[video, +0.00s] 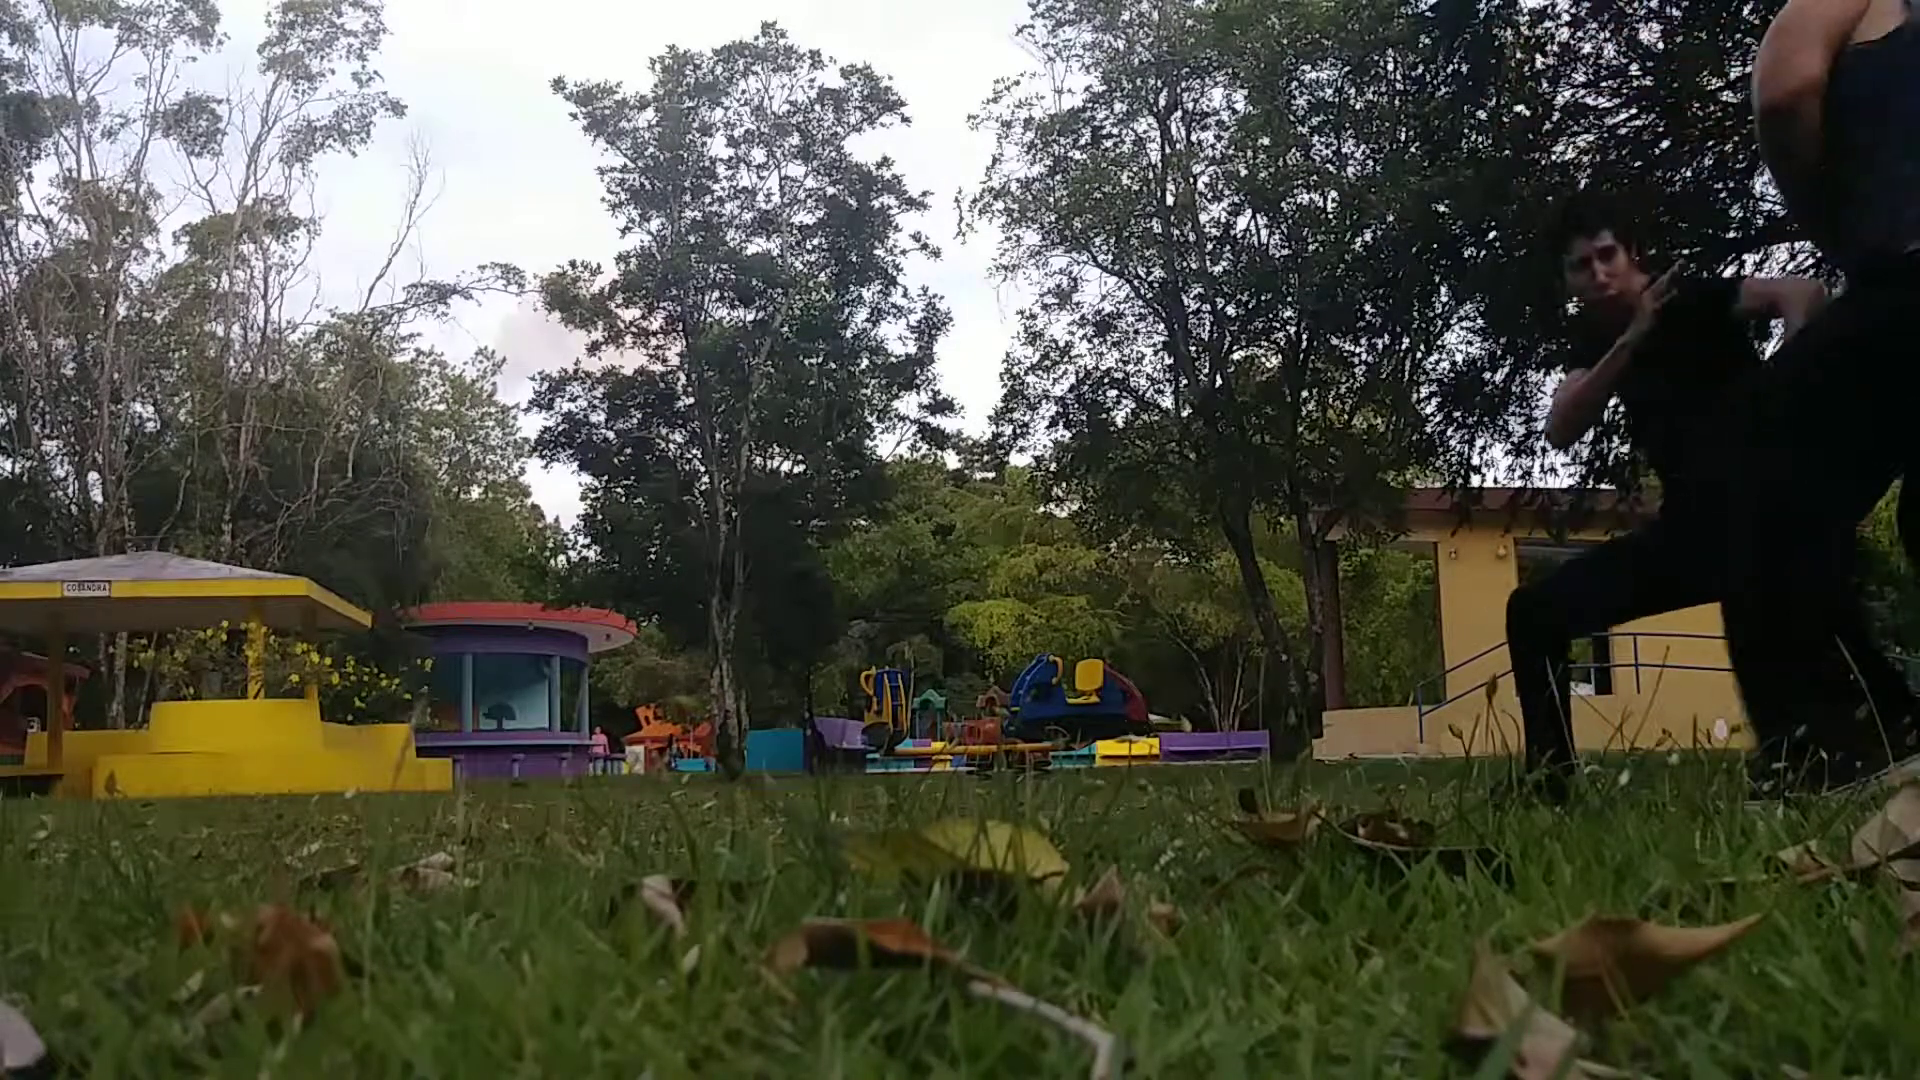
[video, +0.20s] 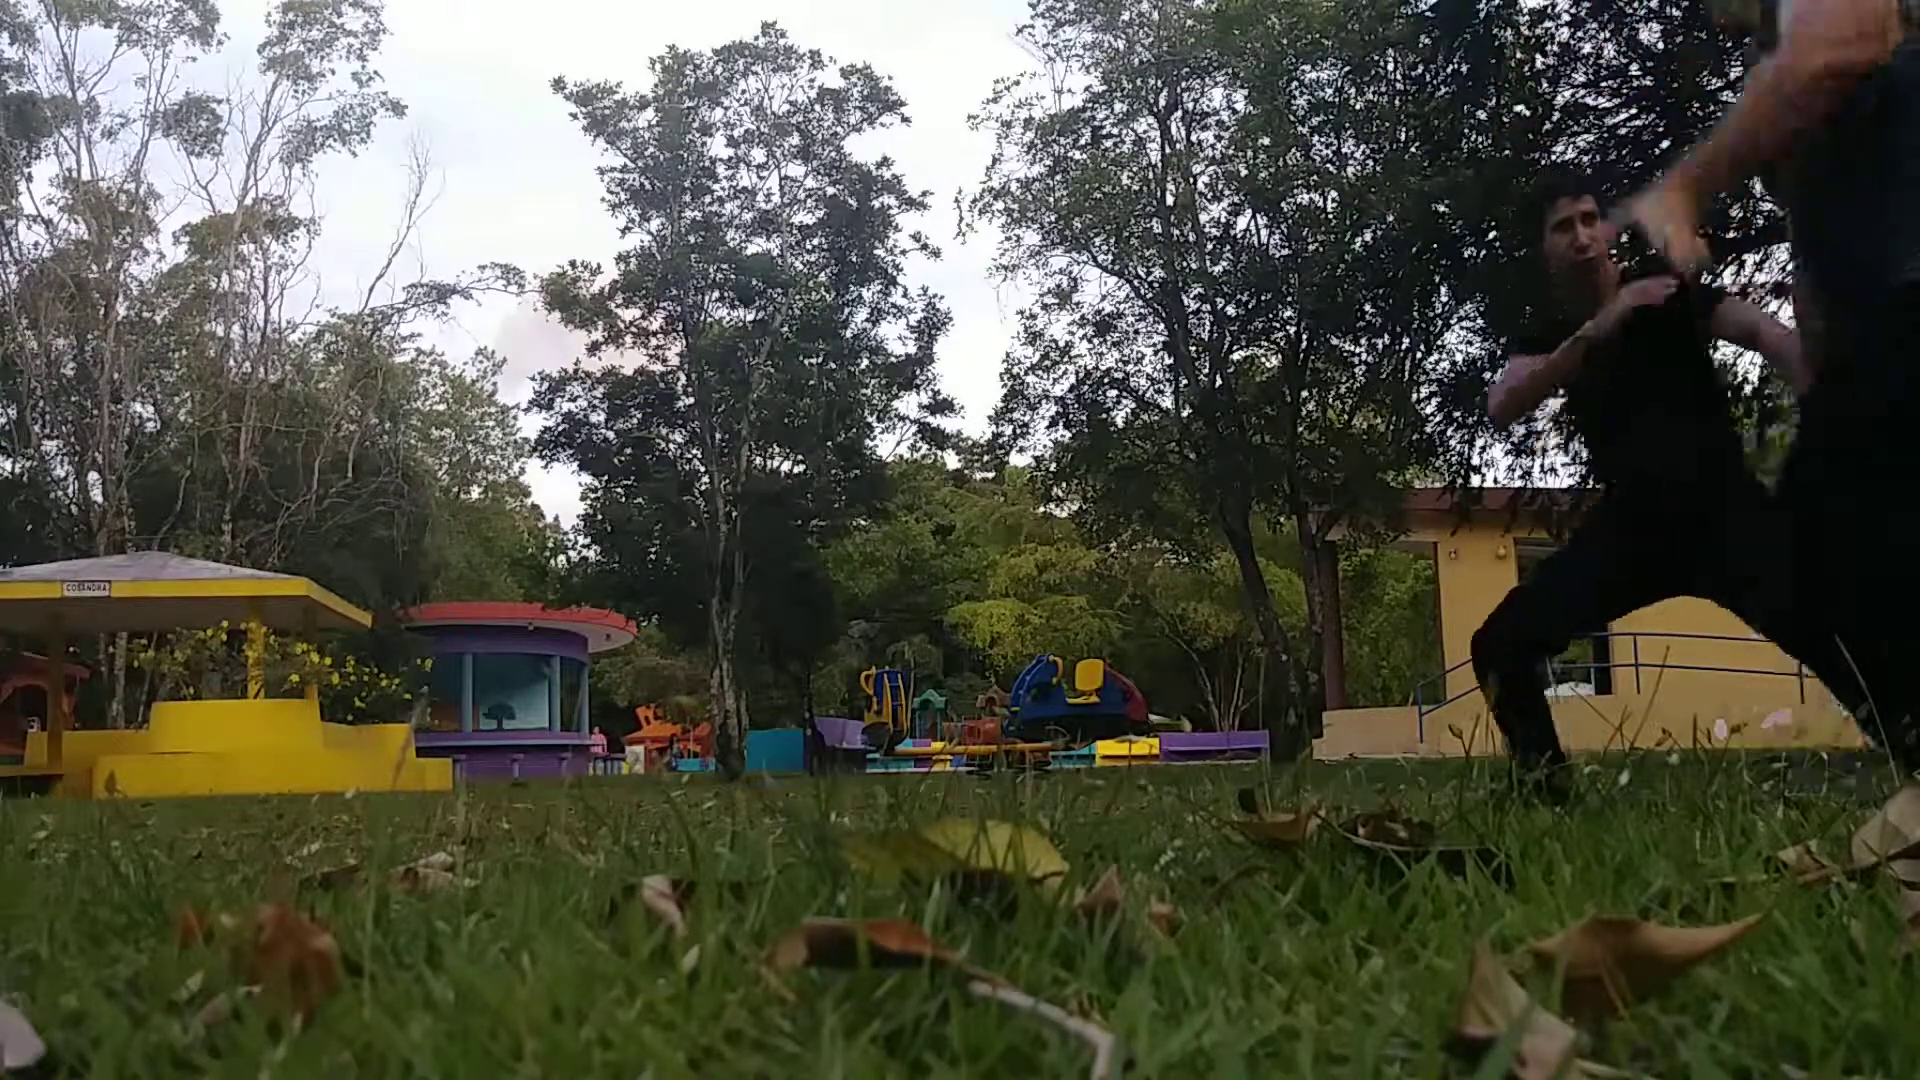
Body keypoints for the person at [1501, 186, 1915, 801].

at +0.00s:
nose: (1599, 276)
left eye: (1607, 258)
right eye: (1582, 268)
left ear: (1636, 260)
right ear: (1570, 287)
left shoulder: (1691, 301)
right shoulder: (1602, 353)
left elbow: (1803, 294)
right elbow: (1560, 429)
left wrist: (1786, 385)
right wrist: (1633, 338)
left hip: (1773, 526)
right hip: (1690, 537)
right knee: (1536, 609)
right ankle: (1551, 775)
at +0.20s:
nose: (1581, 234)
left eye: (1590, 220)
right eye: (1564, 228)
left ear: (1612, 231)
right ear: (1545, 252)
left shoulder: (1666, 294)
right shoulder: (1547, 331)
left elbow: (1767, 332)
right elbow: (1503, 406)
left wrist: (1824, 400)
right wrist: (1595, 331)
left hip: (1729, 522)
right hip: (1628, 536)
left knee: (1832, 633)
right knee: (1499, 644)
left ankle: (1905, 745)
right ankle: (1544, 782)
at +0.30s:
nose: (1586, 190)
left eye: (1594, 177)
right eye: (1568, 183)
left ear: (1610, 187)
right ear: (1543, 203)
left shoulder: (1663, 261)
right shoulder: (1533, 285)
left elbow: (1740, 356)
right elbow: (1525, 313)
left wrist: (1738, 449)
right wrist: (1624, 258)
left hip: (1680, 495)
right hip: (1582, 508)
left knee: (1808, 567)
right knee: (1515, 663)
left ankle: (1874, 736)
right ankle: (1543, 786)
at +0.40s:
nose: (1595, 164)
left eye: (1605, 150)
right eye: (1576, 156)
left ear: (1626, 163)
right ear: (1548, 179)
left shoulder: (1649, 266)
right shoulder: (1532, 259)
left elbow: (1671, 359)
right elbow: (1579, 220)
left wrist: (1691, 444)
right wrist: (1679, 191)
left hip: (1645, 479)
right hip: (1561, 486)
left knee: (1766, 539)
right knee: (1545, 658)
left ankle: (1814, 748)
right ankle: (1493, 784)